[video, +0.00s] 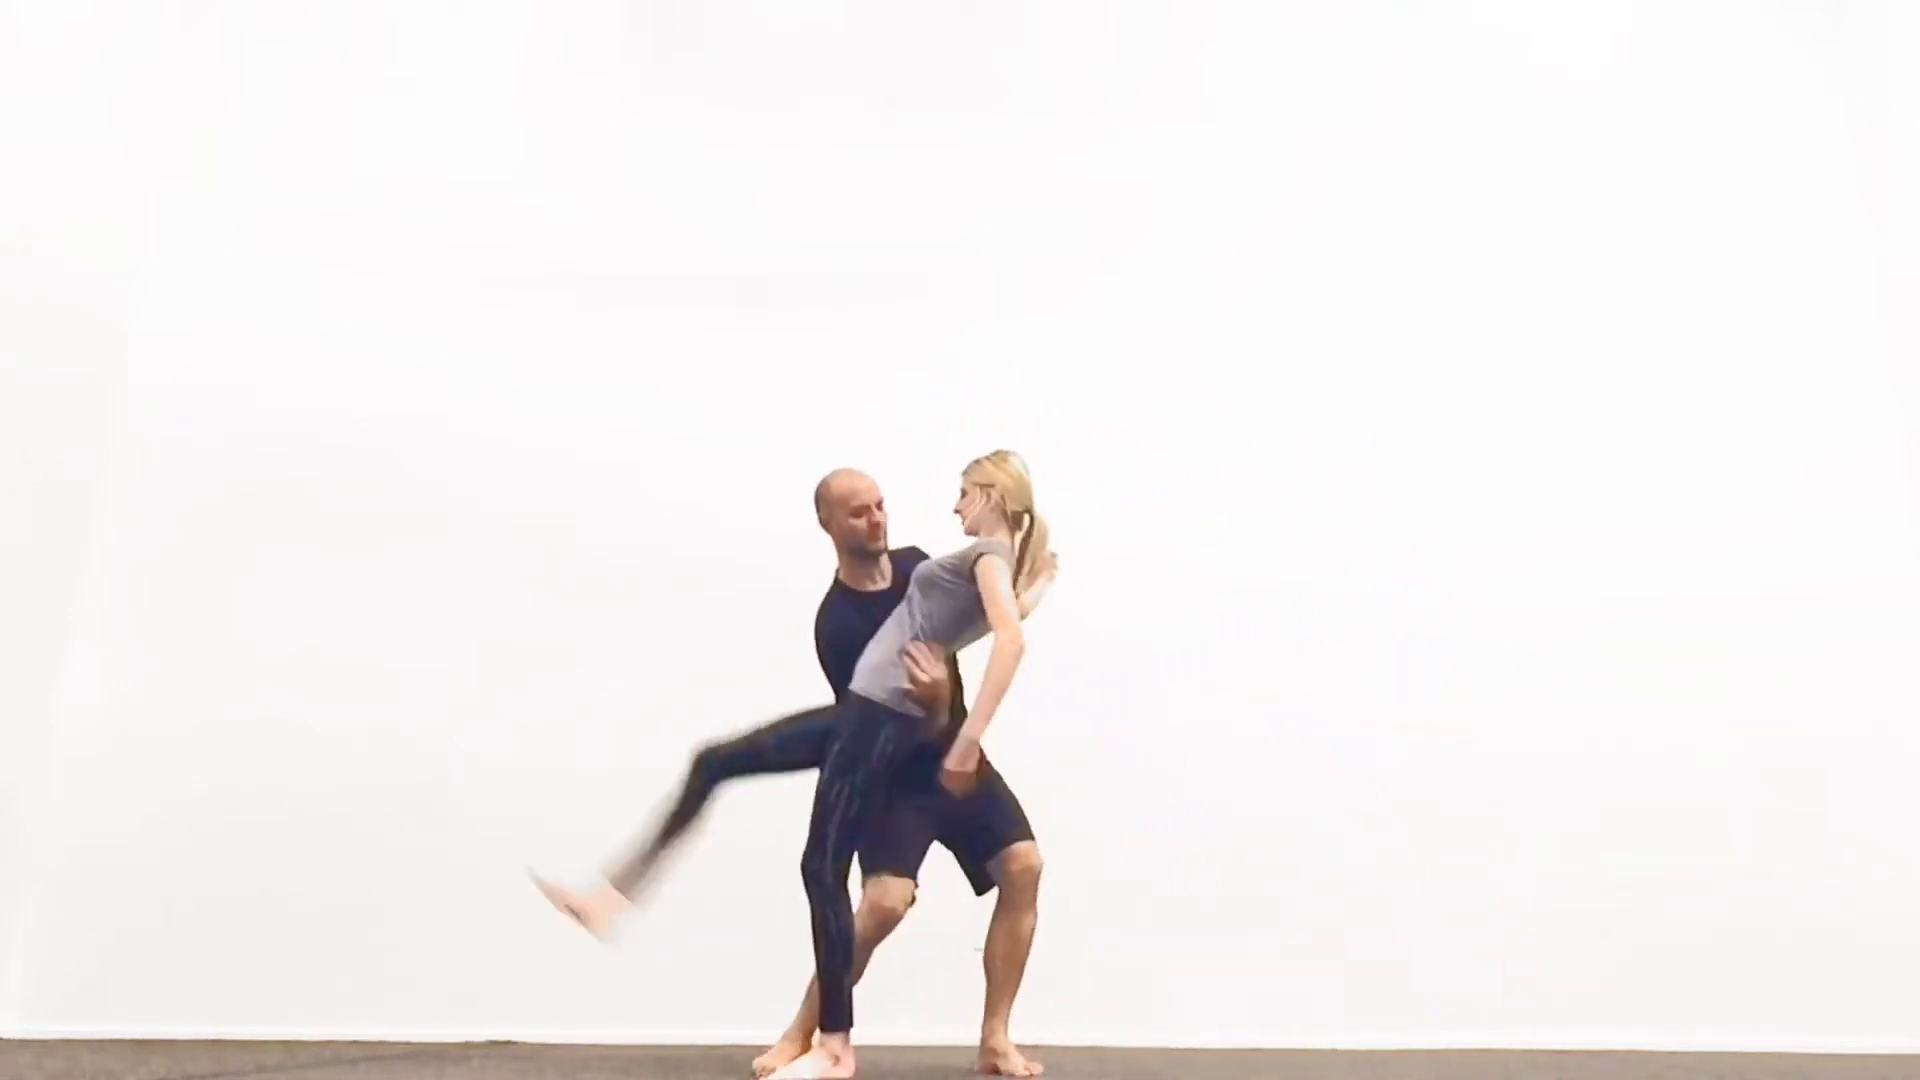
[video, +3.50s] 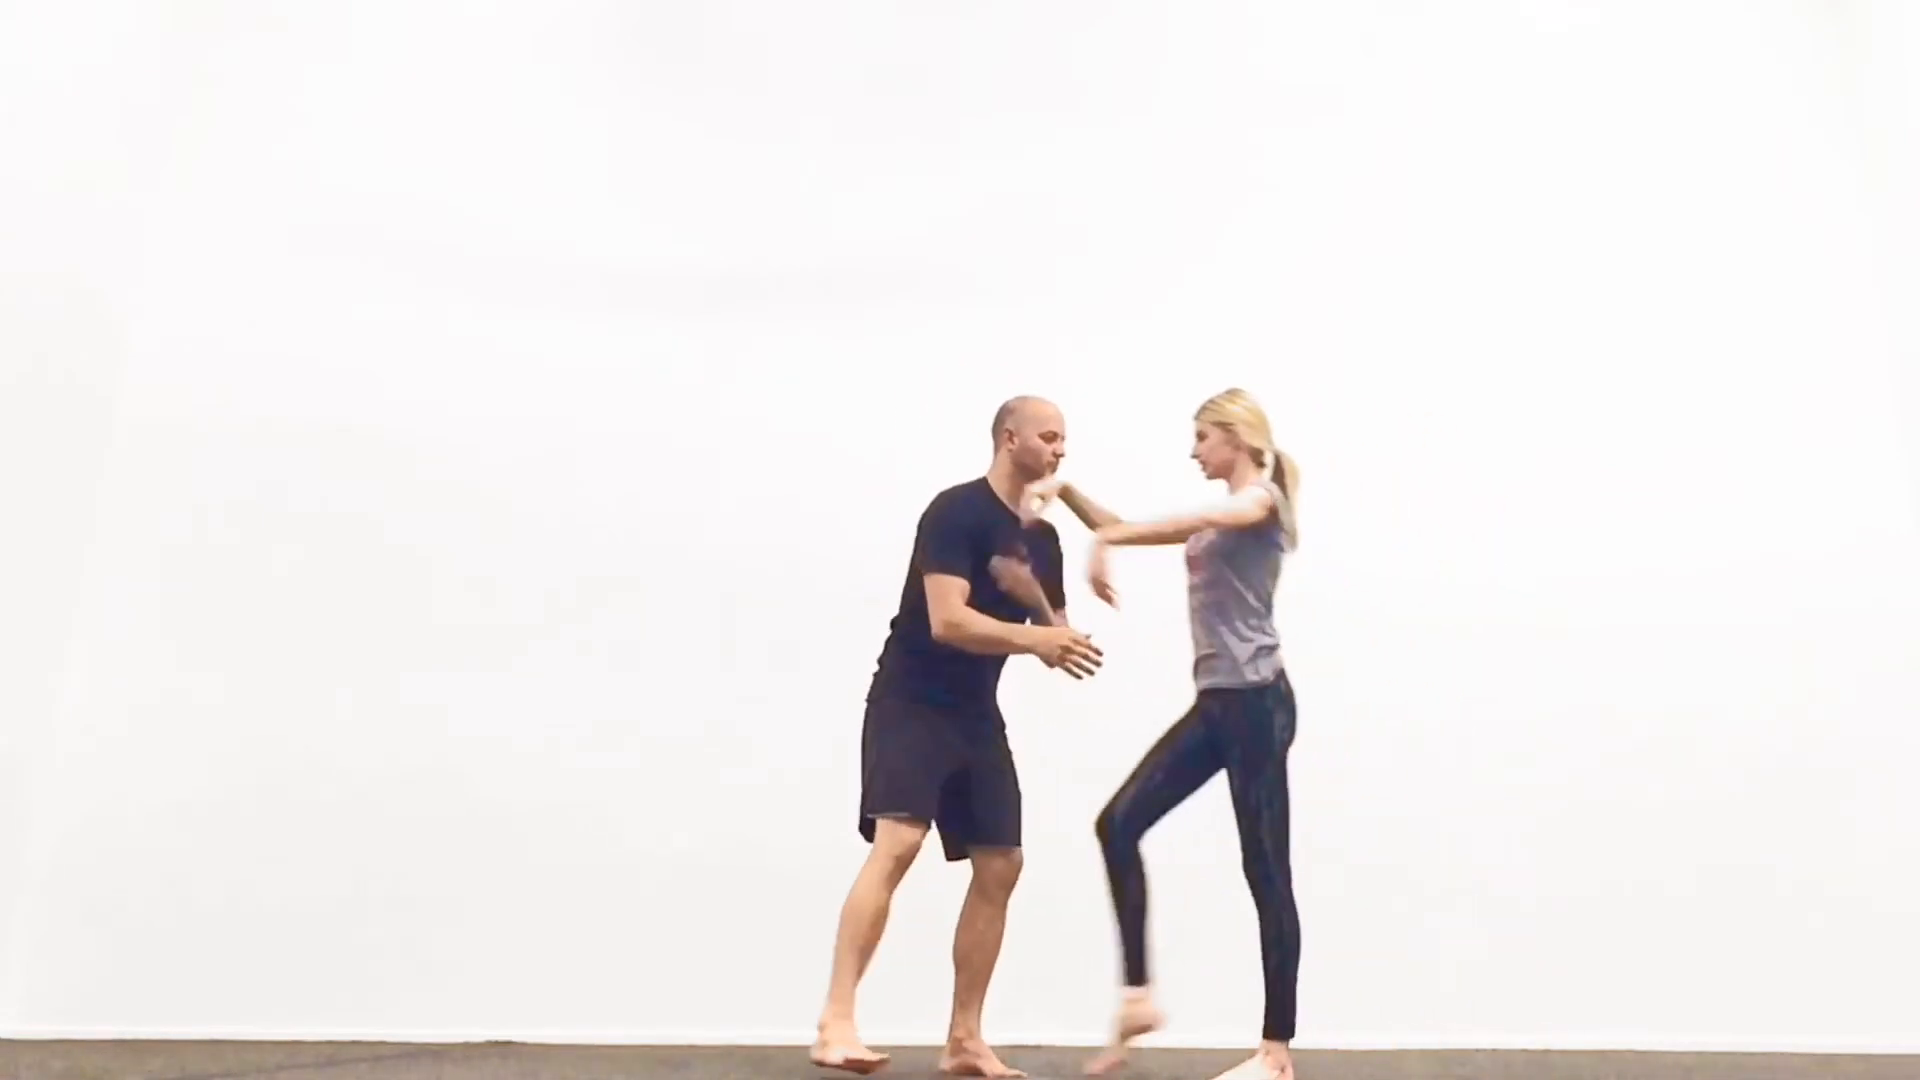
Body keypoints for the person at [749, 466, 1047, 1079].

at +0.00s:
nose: (877, 518)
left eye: (879, 505)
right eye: (860, 513)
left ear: (886, 504)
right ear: (828, 526)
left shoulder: (915, 564)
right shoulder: (835, 624)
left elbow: (952, 660)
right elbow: (870, 725)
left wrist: (951, 700)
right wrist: (939, 701)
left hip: (951, 750)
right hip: (893, 767)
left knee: (1023, 868)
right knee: (888, 902)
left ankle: (996, 1040)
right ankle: (799, 1036)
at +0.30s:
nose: (928, 468)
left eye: (936, 459)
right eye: (916, 457)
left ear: (945, 466)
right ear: (887, 463)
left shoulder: (965, 552)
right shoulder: (851, 543)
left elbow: (988, 660)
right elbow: (820, 644)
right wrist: (856, 636)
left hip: (935, 738)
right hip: (853, 737)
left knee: (981, 865)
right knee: (820, 876)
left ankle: (991, 1041)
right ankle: (783, 1039)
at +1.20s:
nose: (1025, 519)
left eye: (1031, 513)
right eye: (1021, 504)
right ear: (985, 487)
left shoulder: (987, 585)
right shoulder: (928, 512)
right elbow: (873, 587)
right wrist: (946, 594)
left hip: (932, 729)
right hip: (854, 720)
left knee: (984, 863)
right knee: (816, 878)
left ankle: (991, 1038)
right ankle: (779, 1036)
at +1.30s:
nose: (1038, 513)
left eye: (1044, 506)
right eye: (1034, 497)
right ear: (996, 482)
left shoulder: (1001, 584)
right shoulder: (944, 513)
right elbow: (919, 587)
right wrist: (1001, 621)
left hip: (936, 729)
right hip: (865, 717)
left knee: (995, 864)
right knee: (825, 878)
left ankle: (991, 1039)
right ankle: (781, 1035)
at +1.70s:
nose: (1066, 471)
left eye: (1071, 466)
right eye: (1059, 457)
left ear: (1056, 473)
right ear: (1021, 446)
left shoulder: (1033, 561)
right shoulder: (983, 476)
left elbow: (1021, 662)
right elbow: (978, 497)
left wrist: (1080, 696)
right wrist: (1074, 543)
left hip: (982, 706)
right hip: (917, 692)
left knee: (1000, 864)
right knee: (890, 849)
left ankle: (990, 1040)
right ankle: (816, 1004)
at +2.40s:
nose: (1009, 419)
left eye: (1009, 409)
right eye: (998, 405)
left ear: (976, 412)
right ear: (953, 405)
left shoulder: (974, 497)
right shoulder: (931, 479)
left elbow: (1006, 625)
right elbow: (936, 585)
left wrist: (1099, 617)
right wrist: (1046, 596)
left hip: (980, 698)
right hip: (934, 694)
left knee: (984, 859)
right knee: (928, 855)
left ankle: (961, 1033)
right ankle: (901, 1047)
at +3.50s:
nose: (1060, 451)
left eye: (1063, 440)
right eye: (1049, 438)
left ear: (1053, 447)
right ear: (1008, 439)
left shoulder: (1044, 537)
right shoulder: (955, 510)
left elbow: (1052, 644)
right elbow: (947, 621)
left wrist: (1035, 604)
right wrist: (1041, 638)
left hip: (976, 708)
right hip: (911, 699)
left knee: (999, 866)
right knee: (898, 843)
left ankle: (965, 1039)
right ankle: (836, 1022)